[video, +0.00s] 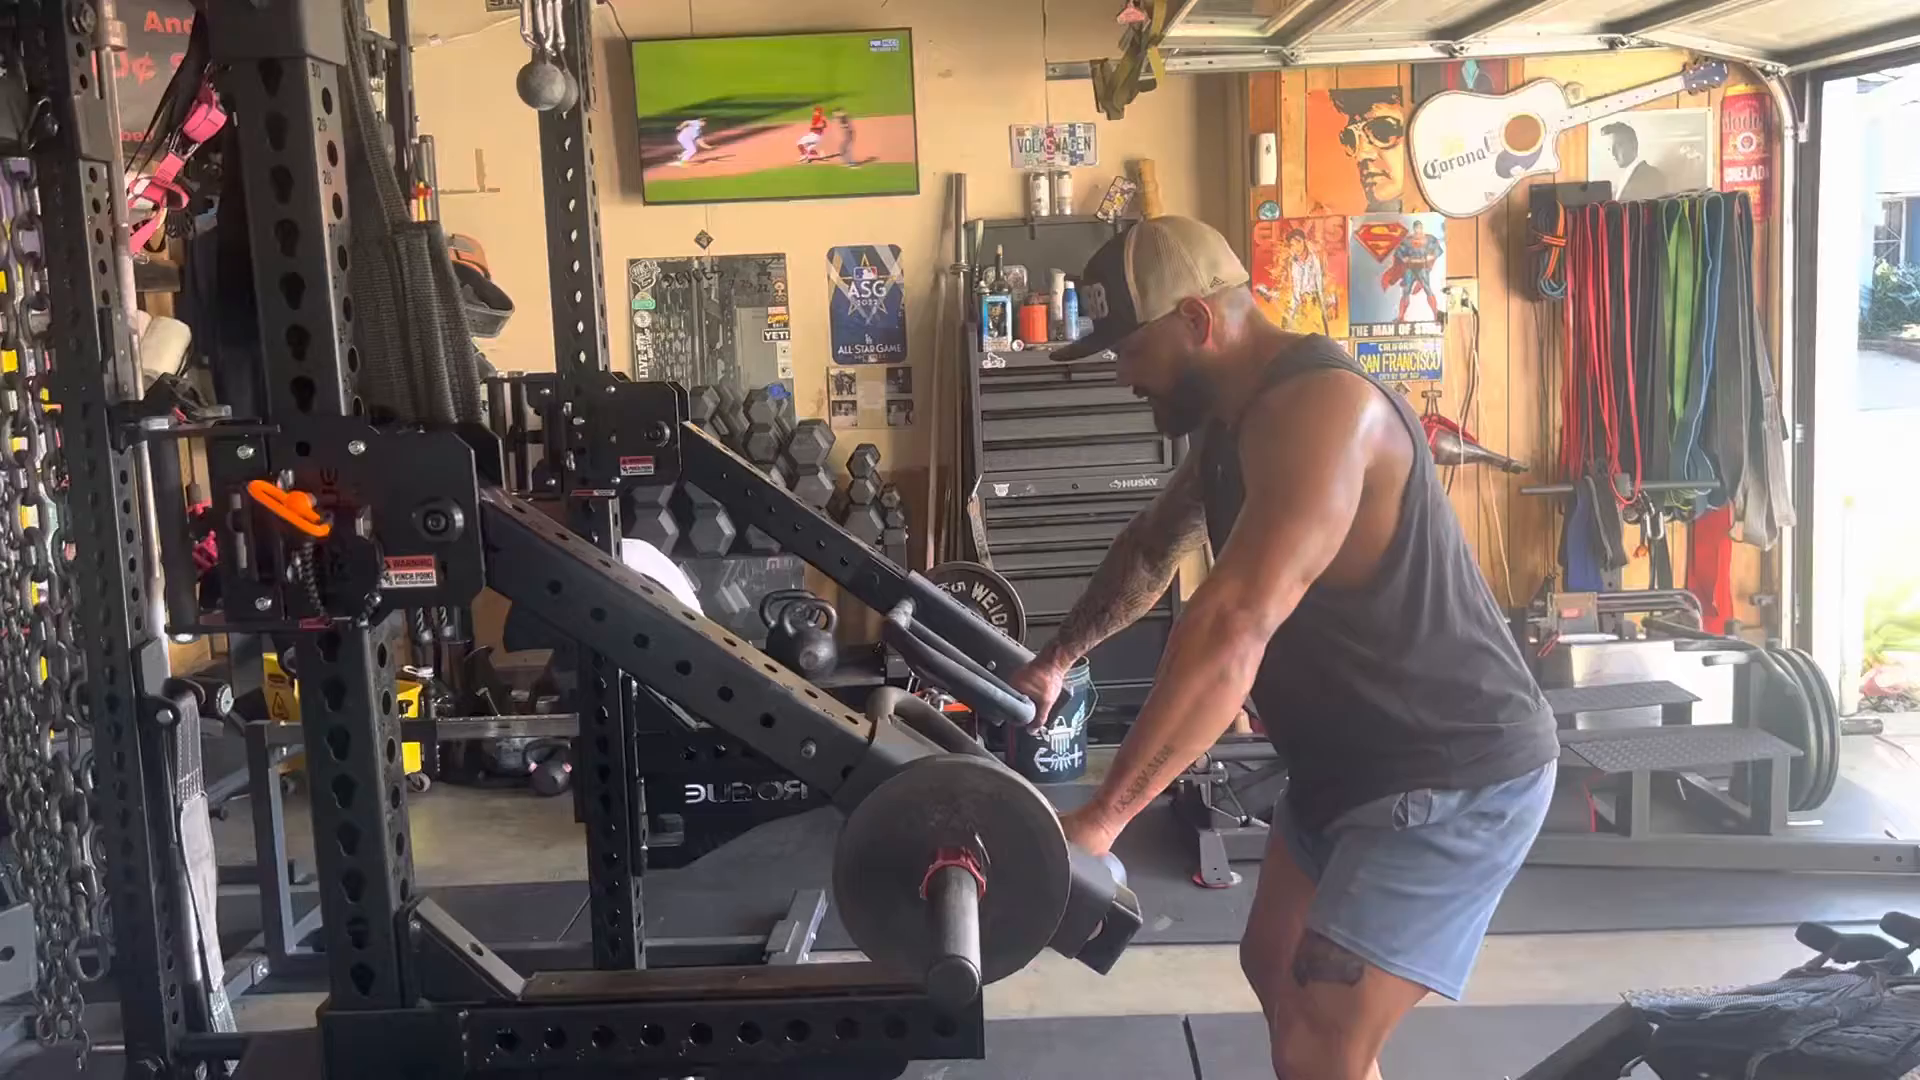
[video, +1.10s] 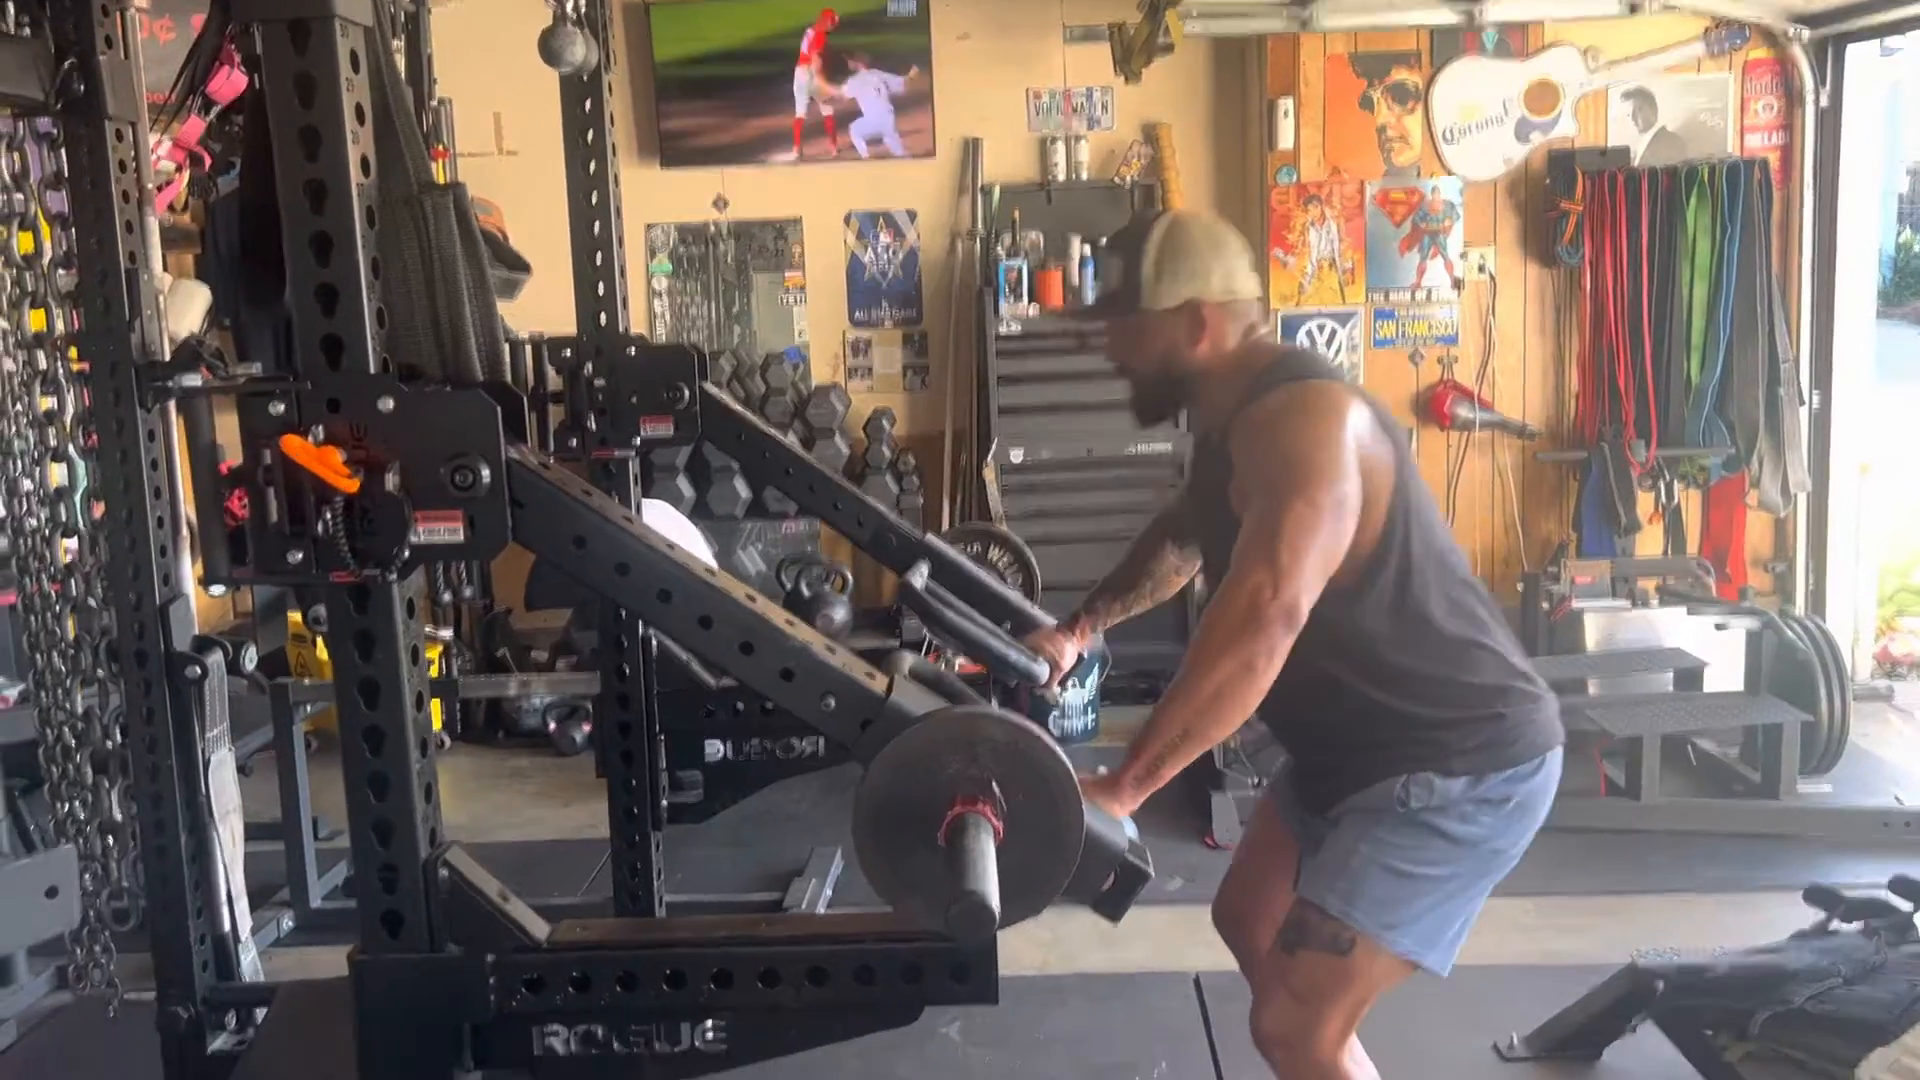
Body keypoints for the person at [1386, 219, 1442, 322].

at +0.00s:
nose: (1418, 231)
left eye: (1420, 228)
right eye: (1416, 229)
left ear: (1423, 229)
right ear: (1413, 229)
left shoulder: (1430, 239)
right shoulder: (1407, 240)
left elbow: (1438, 250)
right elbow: (1398, 252)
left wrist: (1431, 257)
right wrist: (1404, 259)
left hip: (1423, 265)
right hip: (1410, 265)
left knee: (1427, 289)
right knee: (1406, 291)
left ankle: (1435, 314)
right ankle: (1401, 316)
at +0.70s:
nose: (1424, 218)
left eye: (1425, 216)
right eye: (1422, 216)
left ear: (1428, 216)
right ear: (1419, 217)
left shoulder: (1435, 227)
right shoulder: (1413, 228)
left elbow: (1444, 238)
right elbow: (1403, 240)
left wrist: (1437, 244)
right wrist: (1409, 247)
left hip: (1428, 253)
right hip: (1416, 253)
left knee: (1433, 277)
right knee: (1411, 278)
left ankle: (1441, 302)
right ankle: (1406, 304)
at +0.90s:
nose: (1430, 211)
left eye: (1431, 208)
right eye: (1428, 209)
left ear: (1434, 209)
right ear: (1424, 210)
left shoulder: (1441, 220)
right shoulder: (1418, 221)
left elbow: (1449, 231)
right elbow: (1409, 233)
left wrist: (1443, 237)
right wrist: (1415, 239)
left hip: (1434, 246)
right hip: (1421, 246)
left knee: (1439, 270)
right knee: (1417, 272)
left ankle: (1446, 295)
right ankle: (1411, 297)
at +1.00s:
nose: (1433, 205)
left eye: (1435, 203)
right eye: (1431, 203)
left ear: (1438, 204)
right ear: (1428, 204)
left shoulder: (1445, 214)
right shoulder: (1422, 215)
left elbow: (1453, 225)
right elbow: (1413, 227)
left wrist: (1447, 231)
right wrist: (1419, 233)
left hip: (1438, 240)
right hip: (1425, 240)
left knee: (1442, 264)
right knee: (1420, 266)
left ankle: (1450, 289)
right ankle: (1415, 291)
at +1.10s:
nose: (1436, 197)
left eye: (1437, 194)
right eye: (1434, 194)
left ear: (1440, 195)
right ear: (1431, 195)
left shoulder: (1448, 205)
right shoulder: (1425, 205)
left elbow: (1455, 216)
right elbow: (1416, 217)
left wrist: (1449, 224)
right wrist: (1421, 225)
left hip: (1440, 231)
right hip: (1427, 231)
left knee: (1445, 255)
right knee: (1423, 257)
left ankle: (1452, 280)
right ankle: (1417, 282)